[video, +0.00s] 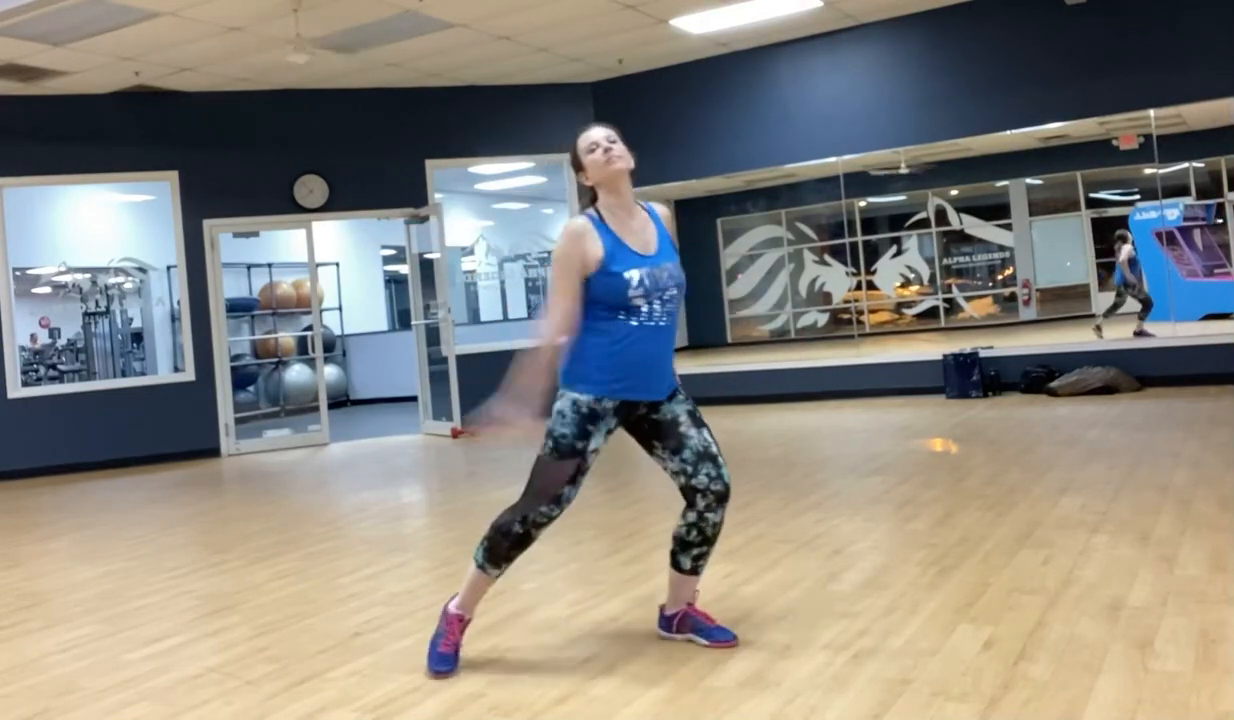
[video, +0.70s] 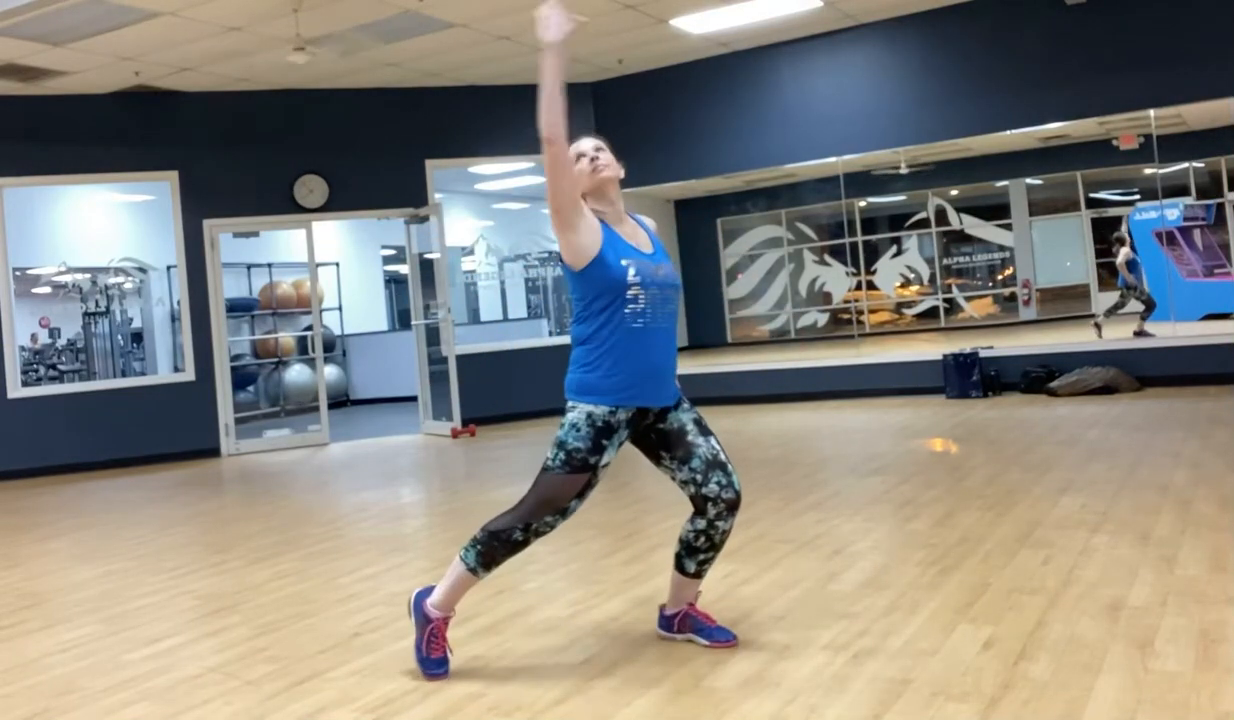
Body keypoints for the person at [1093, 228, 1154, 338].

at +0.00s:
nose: (1131, 236)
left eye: (1130, 234)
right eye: (1129, 235)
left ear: (1120, 239)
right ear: (1126, 238)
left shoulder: (1120, 248)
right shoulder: (1127, 247)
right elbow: (1122, 261)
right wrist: (1129, 277)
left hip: (1121, 283)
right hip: (1129, 283)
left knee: (1118, 303)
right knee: (1148, 303)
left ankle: (1099, 324)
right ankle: (1139, 328)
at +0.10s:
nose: (1131, 236)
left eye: (1129, 235)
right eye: (1129, 235)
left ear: (1120, 240)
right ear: (1126, 238)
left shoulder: (1121, 249)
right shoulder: (1127, 248)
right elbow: (1120, 261)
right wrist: (1128, 276)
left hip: (1121, 284)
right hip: (1129, 283)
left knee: (1118, 303)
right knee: (1149, 303)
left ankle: (1098, 323)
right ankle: (1139, 328)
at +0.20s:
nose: (1130, 237)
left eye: (1129, 235)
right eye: (1128, 236)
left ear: (1119, 241)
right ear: (1126, 239)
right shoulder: (1126, 249)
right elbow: (1120, 262)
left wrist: (1163, 257)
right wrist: (1128, 277)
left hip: (1122, 284)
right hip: (1129, 284)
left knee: (1117, 304)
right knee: (1149, 304)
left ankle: (1097, 323)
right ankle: (1139, 328)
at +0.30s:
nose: (1130, 237)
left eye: (1128, 236)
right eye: (1127, 236)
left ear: (1120, 241)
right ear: (1125, 239)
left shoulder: (1129, 250)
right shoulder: (1125, 249)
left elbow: (1146, 249)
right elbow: (1119, 262)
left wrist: (1164, 247)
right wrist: (1128, 278)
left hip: (1124, 284)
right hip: (1129, 284)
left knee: (1117, 304)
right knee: (1150, 304)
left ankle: (1097, 323)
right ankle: (1139, 328)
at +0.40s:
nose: (1129, 237)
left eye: (1128, 235)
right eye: (1127, 235)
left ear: (1120, 241)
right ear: (1124, 239)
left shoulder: (1130, 248)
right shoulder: (1125, 249)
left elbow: (1143, 240)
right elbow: (1118, 262)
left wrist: (1155, 234)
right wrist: (1128, 277)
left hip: (1124, 284)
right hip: (1130, 284)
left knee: (1119, 303)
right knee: (1150, 304)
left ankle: (1098, 322)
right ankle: (1139, 328)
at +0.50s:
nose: (1129, 238)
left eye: (1128, 236)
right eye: (1127, 237)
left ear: (1119, 242)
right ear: (1125, 239)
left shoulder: (1127, 248)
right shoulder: (1125, 249)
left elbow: (1134, 235)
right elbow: (1118, 262)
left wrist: (1141, 224)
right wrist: (1127, 277)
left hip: (1127, 285)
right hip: (1131, 285)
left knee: (1120, 304)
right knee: (1151, 304)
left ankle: (1099, 321)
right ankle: (1140, 328)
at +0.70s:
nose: (1128, 238)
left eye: (1127, 236)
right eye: (1126, 236)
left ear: (1119, 241)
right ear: (1125, 239)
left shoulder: (1124, 249)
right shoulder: (1125, 250)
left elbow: (1124, 231)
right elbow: (1119, 262)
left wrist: (1125, 215)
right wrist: (1129, 277)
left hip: (1127, 285)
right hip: (1131, 285)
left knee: (1120, 304)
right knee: (1151, 304)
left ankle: (1099, 321)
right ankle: (1140, 328)